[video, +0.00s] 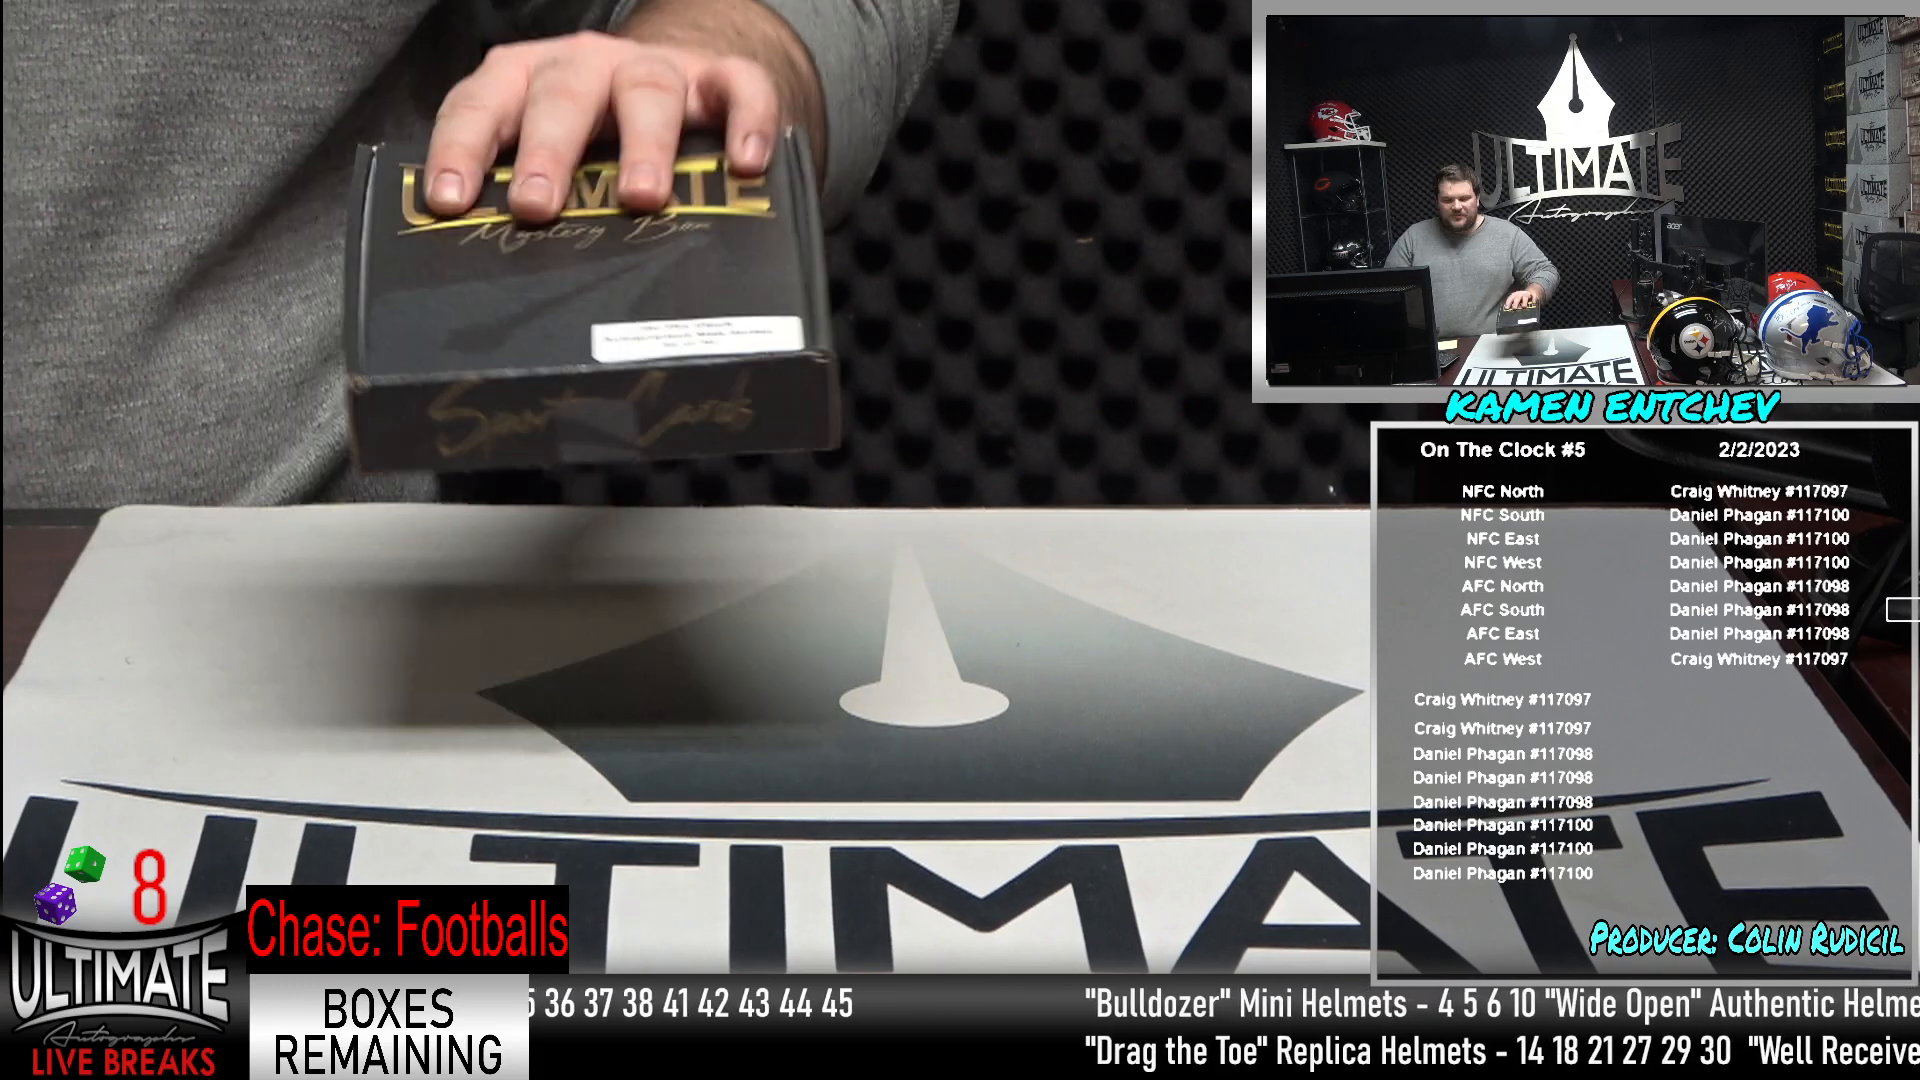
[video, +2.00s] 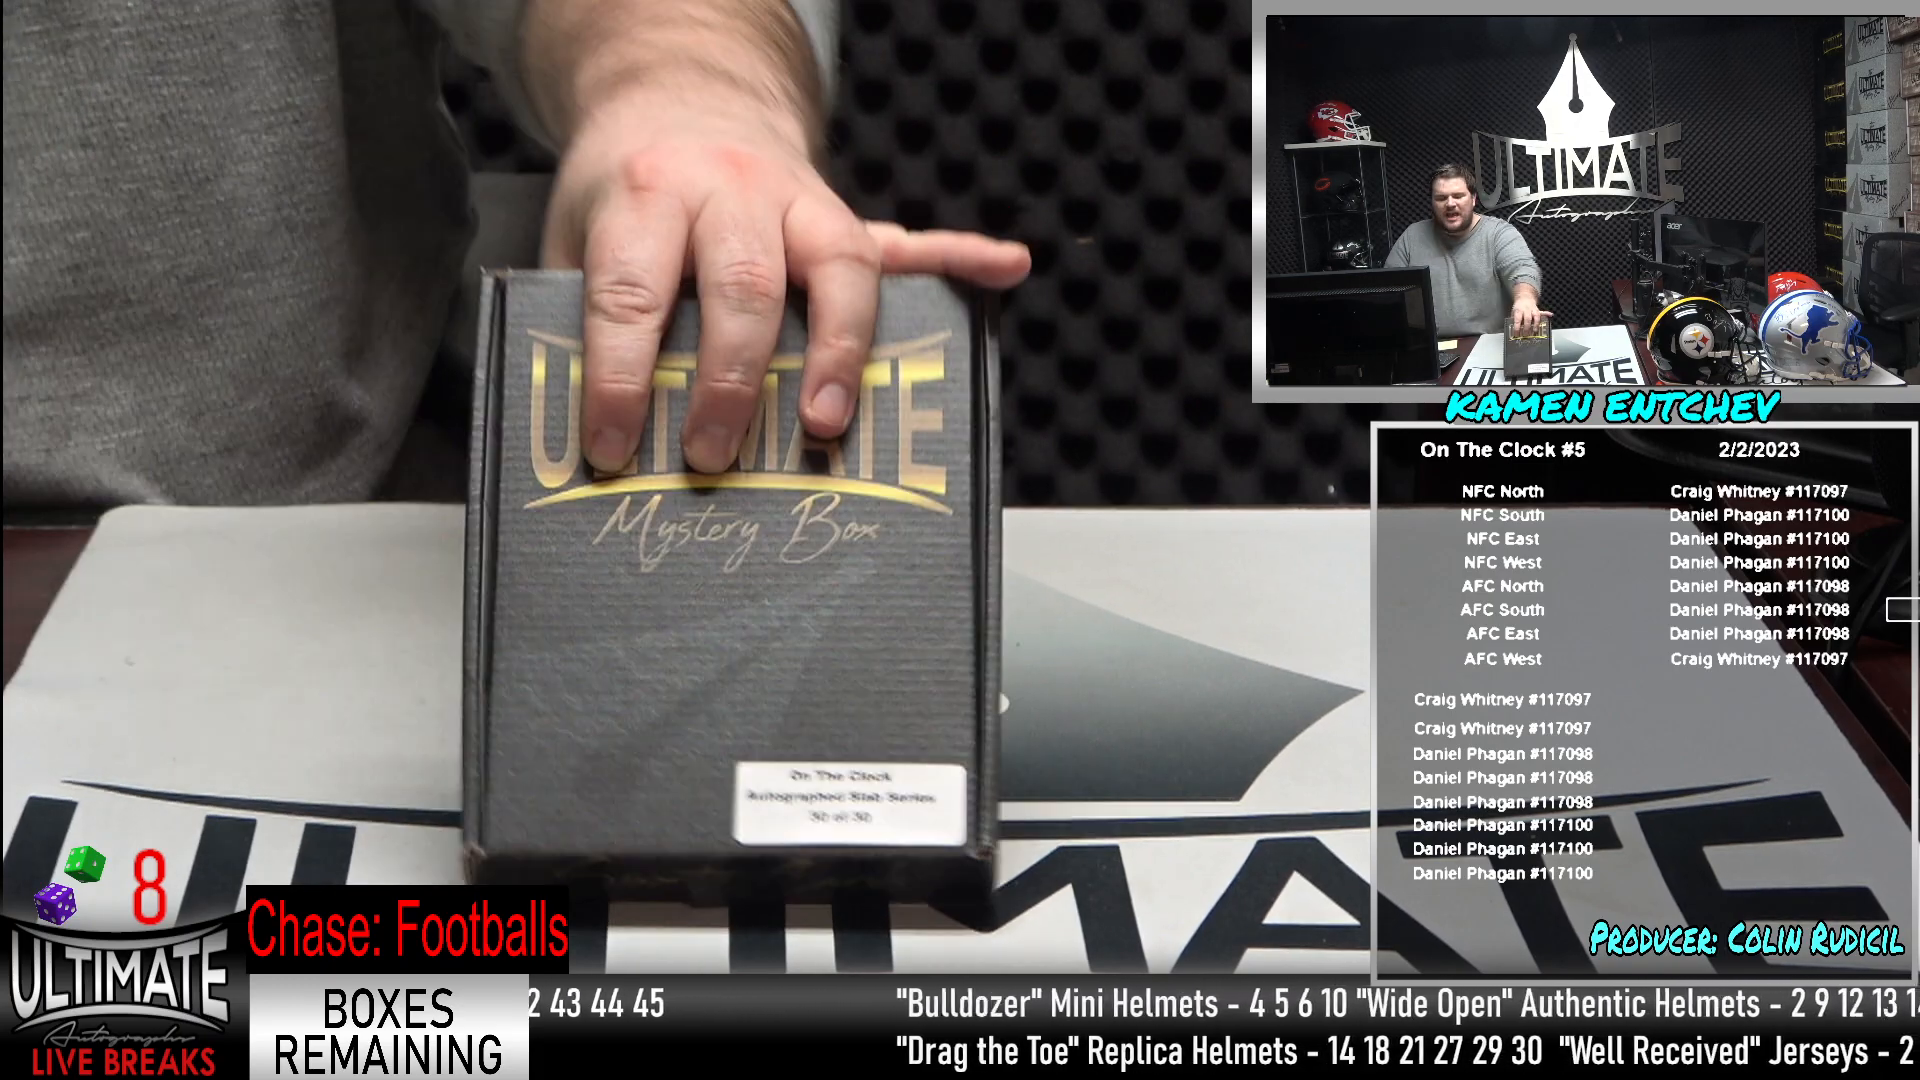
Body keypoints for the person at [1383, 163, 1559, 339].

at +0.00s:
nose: (1457, 207)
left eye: (1464, 198)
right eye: (1448, 200)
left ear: (1477, 199)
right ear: (1437, 201)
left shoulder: (1508, 235)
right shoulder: (1415, 237)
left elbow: (1544, 270)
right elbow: (1388, 287)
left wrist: (1533, 291)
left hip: (1496, 352)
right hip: (1432, 355)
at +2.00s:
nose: (1450, 204)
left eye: (1458, 196)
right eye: (1441, 198)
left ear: (1473, 199)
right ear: (1432, 202)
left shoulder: (1499, 233)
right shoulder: (1413, 237)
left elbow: (1522, 268)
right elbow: (1388, 287)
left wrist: (1525, 299)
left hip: (1492, 348)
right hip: (1430, 351)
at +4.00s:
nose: (1448, 210)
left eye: (1453, 200)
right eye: (1439, 206)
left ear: (1467, 196)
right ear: (1430, 208)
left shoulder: (1504, 230)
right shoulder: (1415, 239)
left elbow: (1535, 273)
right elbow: (1394, 287)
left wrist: (1510, 301)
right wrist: (1434, 298)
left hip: (1501, 346)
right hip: (1438, 351)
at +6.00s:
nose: (1463, 218)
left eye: (1469, 209)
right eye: (1454, 210)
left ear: (1478, 203)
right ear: (1439, 206)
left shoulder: (1506, 232)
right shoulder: (1416, 238)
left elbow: (1540, 272)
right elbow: (1391, 288)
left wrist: (1520, 281)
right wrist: (1425, 304)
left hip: (1499, 347)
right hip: (1434, 352)